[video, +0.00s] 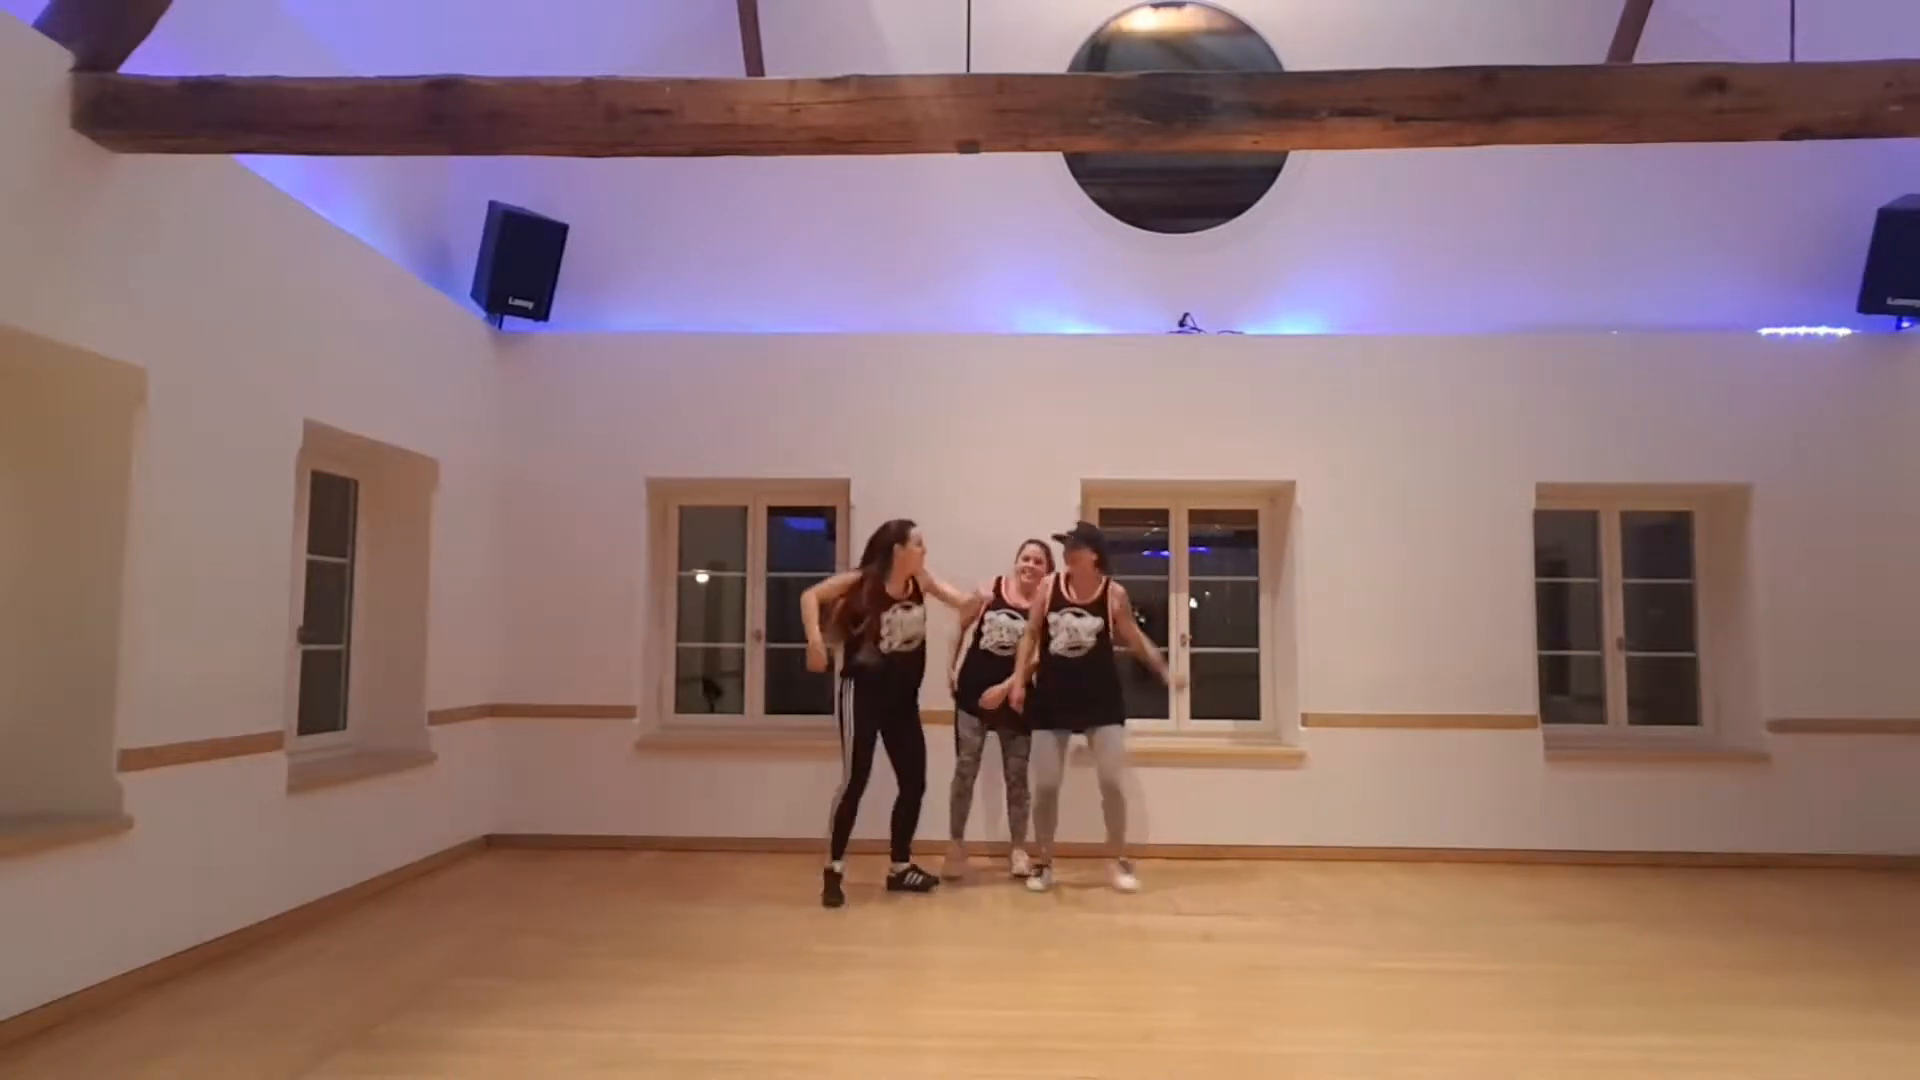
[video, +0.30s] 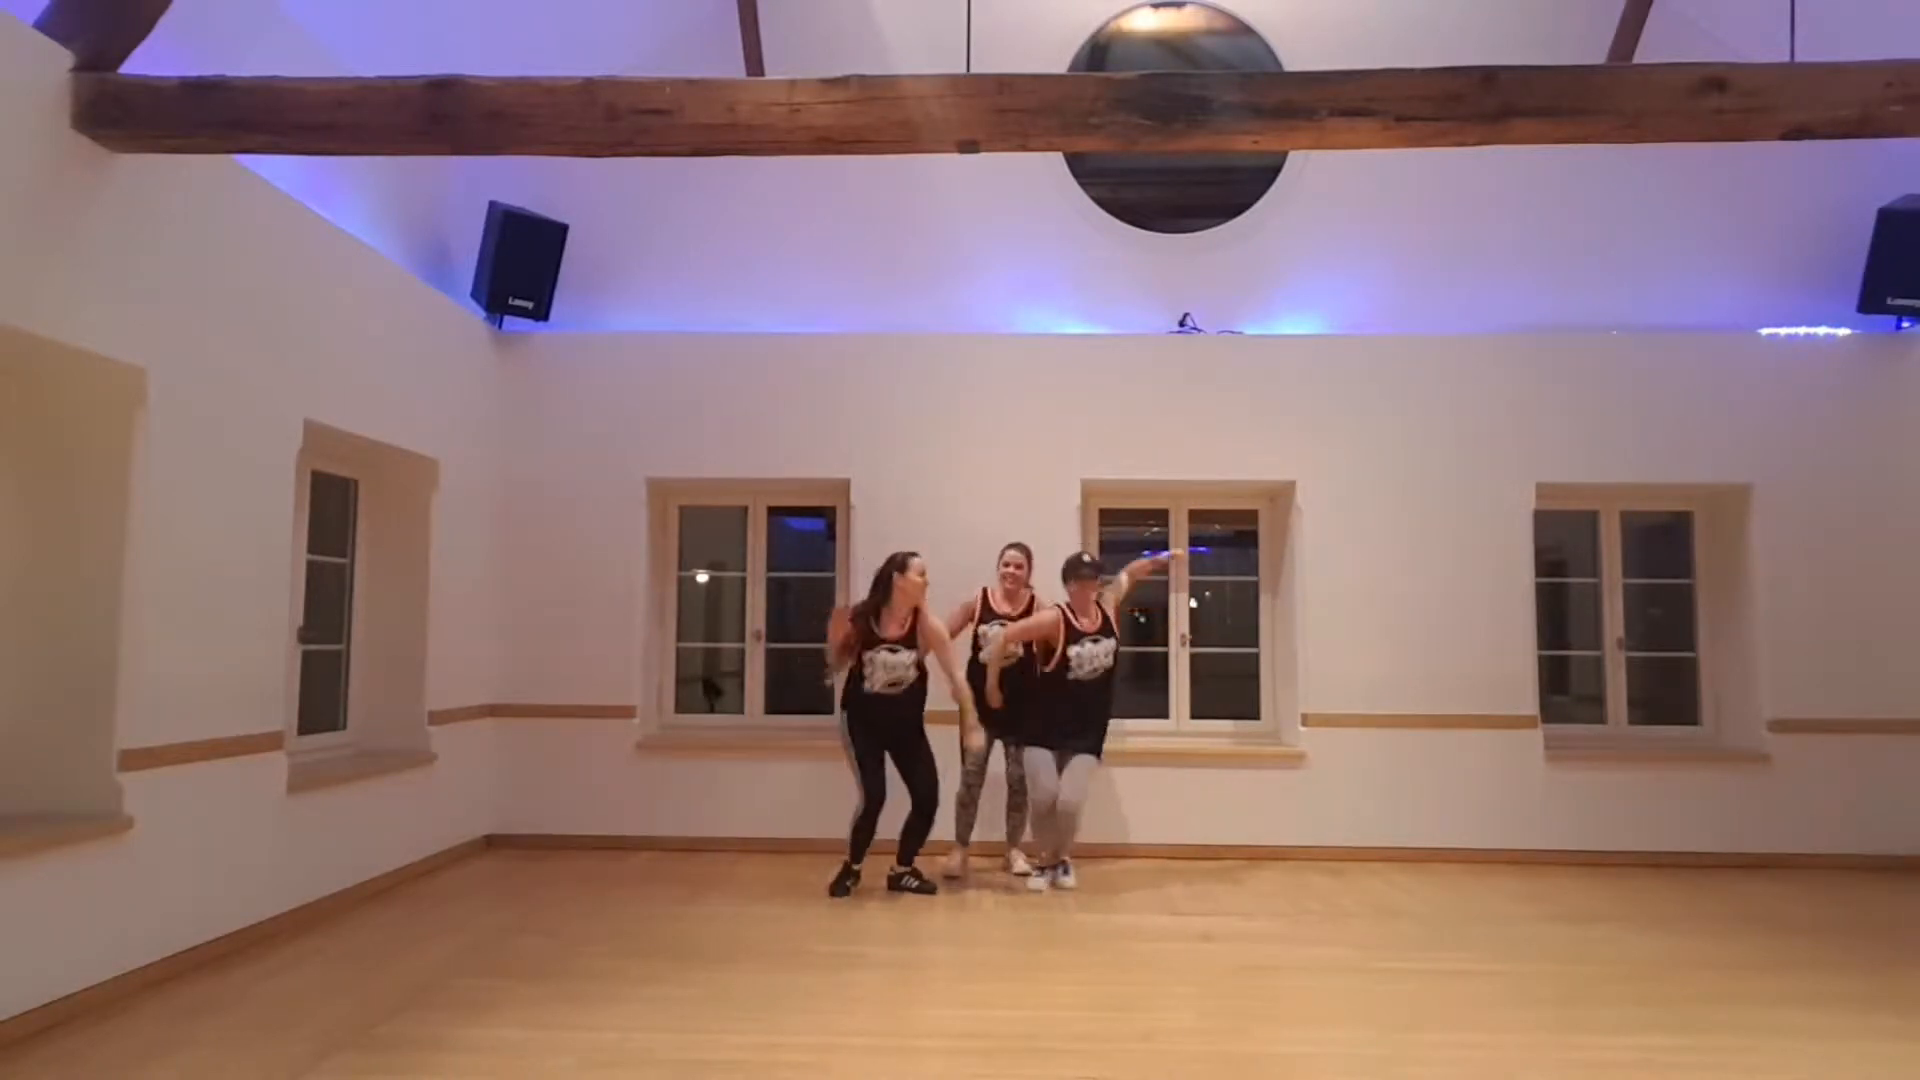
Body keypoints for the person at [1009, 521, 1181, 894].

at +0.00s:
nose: (1069, 556)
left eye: (1077, 551)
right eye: (1068, 550)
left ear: (1095, 555)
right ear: (1065, 554)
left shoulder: (1114, 594)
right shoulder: (1049, 587)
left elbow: (1133, 637)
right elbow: (1031, 635)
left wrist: (1163, 672)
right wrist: (1018, 679)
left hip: (1101, 697)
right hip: (1052, 698)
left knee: (1111, 780)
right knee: (1045, 783)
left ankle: (1118, 860)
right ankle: (1042, 863)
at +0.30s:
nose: (1091, 587)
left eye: (1094, 580)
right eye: (1083, 581)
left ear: (1099, 583)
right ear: (1068, 585)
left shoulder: (1109, 605)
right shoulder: (1053, 619)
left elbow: (1131, 574)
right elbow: (1003, 636)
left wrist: (1162, 559)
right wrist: (992, 685)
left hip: (1088, 723)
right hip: (1042, 721)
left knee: (1069, 801)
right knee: (1044, 797)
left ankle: (1062, 860)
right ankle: (1045, 864)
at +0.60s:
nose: (1068, 556)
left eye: (1074, 549)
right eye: (1066, 549)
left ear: (1095, 550)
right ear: (1068, 552)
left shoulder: (1125, 586)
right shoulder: (1060, 587)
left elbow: (1137, 639)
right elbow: (1047, 640)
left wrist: (1111, 634)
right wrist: (1048, 688)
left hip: (1128, 692)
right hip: (1076, 696)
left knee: (1166, 766)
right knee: (1069, 779)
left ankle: (1180, 851)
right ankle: (1059, 861)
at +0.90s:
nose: (1136, 602)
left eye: (1140, 596)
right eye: (1135, 596)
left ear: (1155, 598)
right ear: (1142, 600)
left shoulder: (1185, 621)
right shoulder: (1132, 633)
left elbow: (1140, 627)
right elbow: (1106, 670)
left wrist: (1080, 629)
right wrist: (1084, 713)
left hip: (1175, 740)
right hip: (1118, 738)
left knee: (1221, 807)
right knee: (1080, 792)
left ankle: (1245, 876)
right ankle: (1075, 869)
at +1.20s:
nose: (1223, 562)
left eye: (1228, 556)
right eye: (1216, 556)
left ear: (1236, 556)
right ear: (1203, 557)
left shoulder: (1250, 584)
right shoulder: (1183, 592)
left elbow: (1268, 635)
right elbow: (1158, 643)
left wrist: (1282, 627)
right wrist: (1140, 691)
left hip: (1226, 695)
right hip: (1177, 695)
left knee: (1245, 780)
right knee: (1167, 769)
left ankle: (1251, 867)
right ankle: (1180, 854)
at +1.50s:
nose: (1237, 591)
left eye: (1240, 584)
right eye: (1231, 583)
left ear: (1243, 586)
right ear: (1210, 582)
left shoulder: (1246, 618)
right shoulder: (1182, 608)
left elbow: (1288, 638)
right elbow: (1126, 605)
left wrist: (1300, 601)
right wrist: (1132, 587)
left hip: (1266, 719)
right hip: (1225, 728)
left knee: (1284, 802)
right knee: (1268, 803)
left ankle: (1252, 870)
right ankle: (1248, 873)